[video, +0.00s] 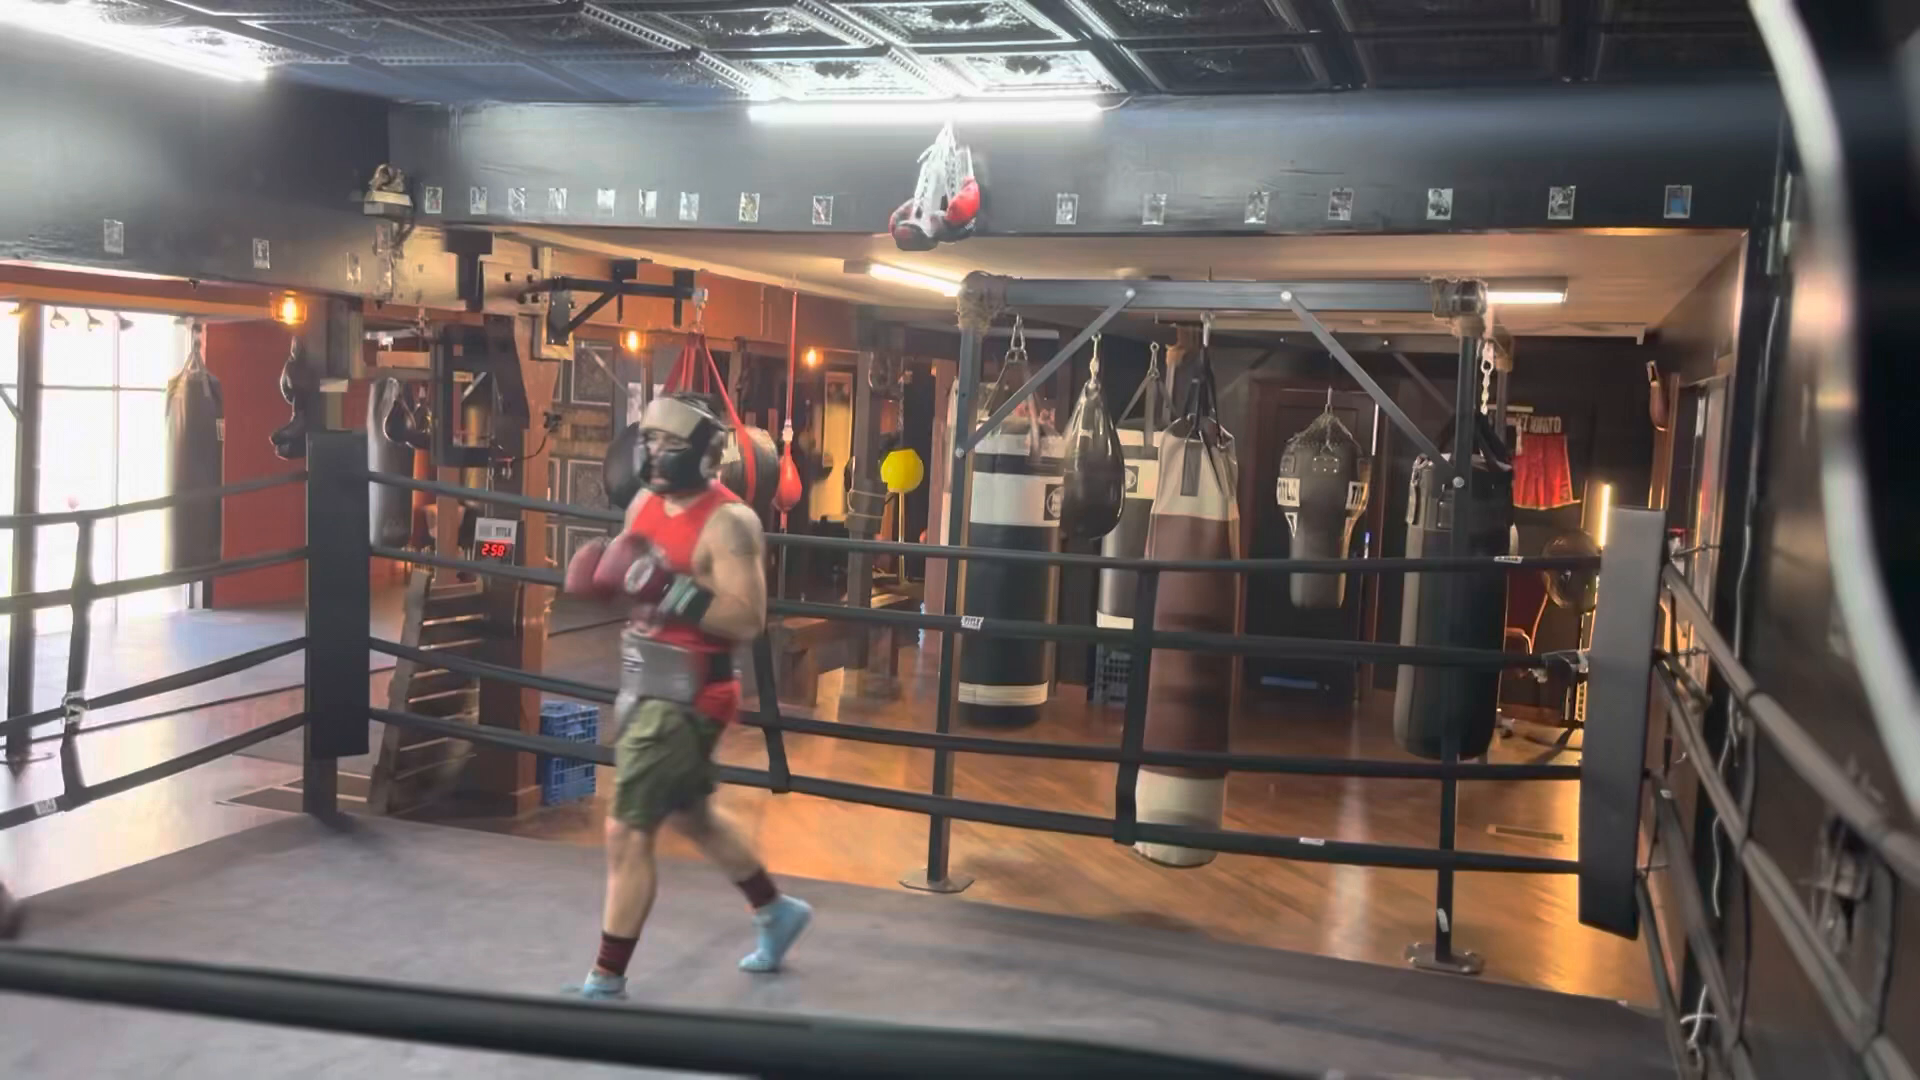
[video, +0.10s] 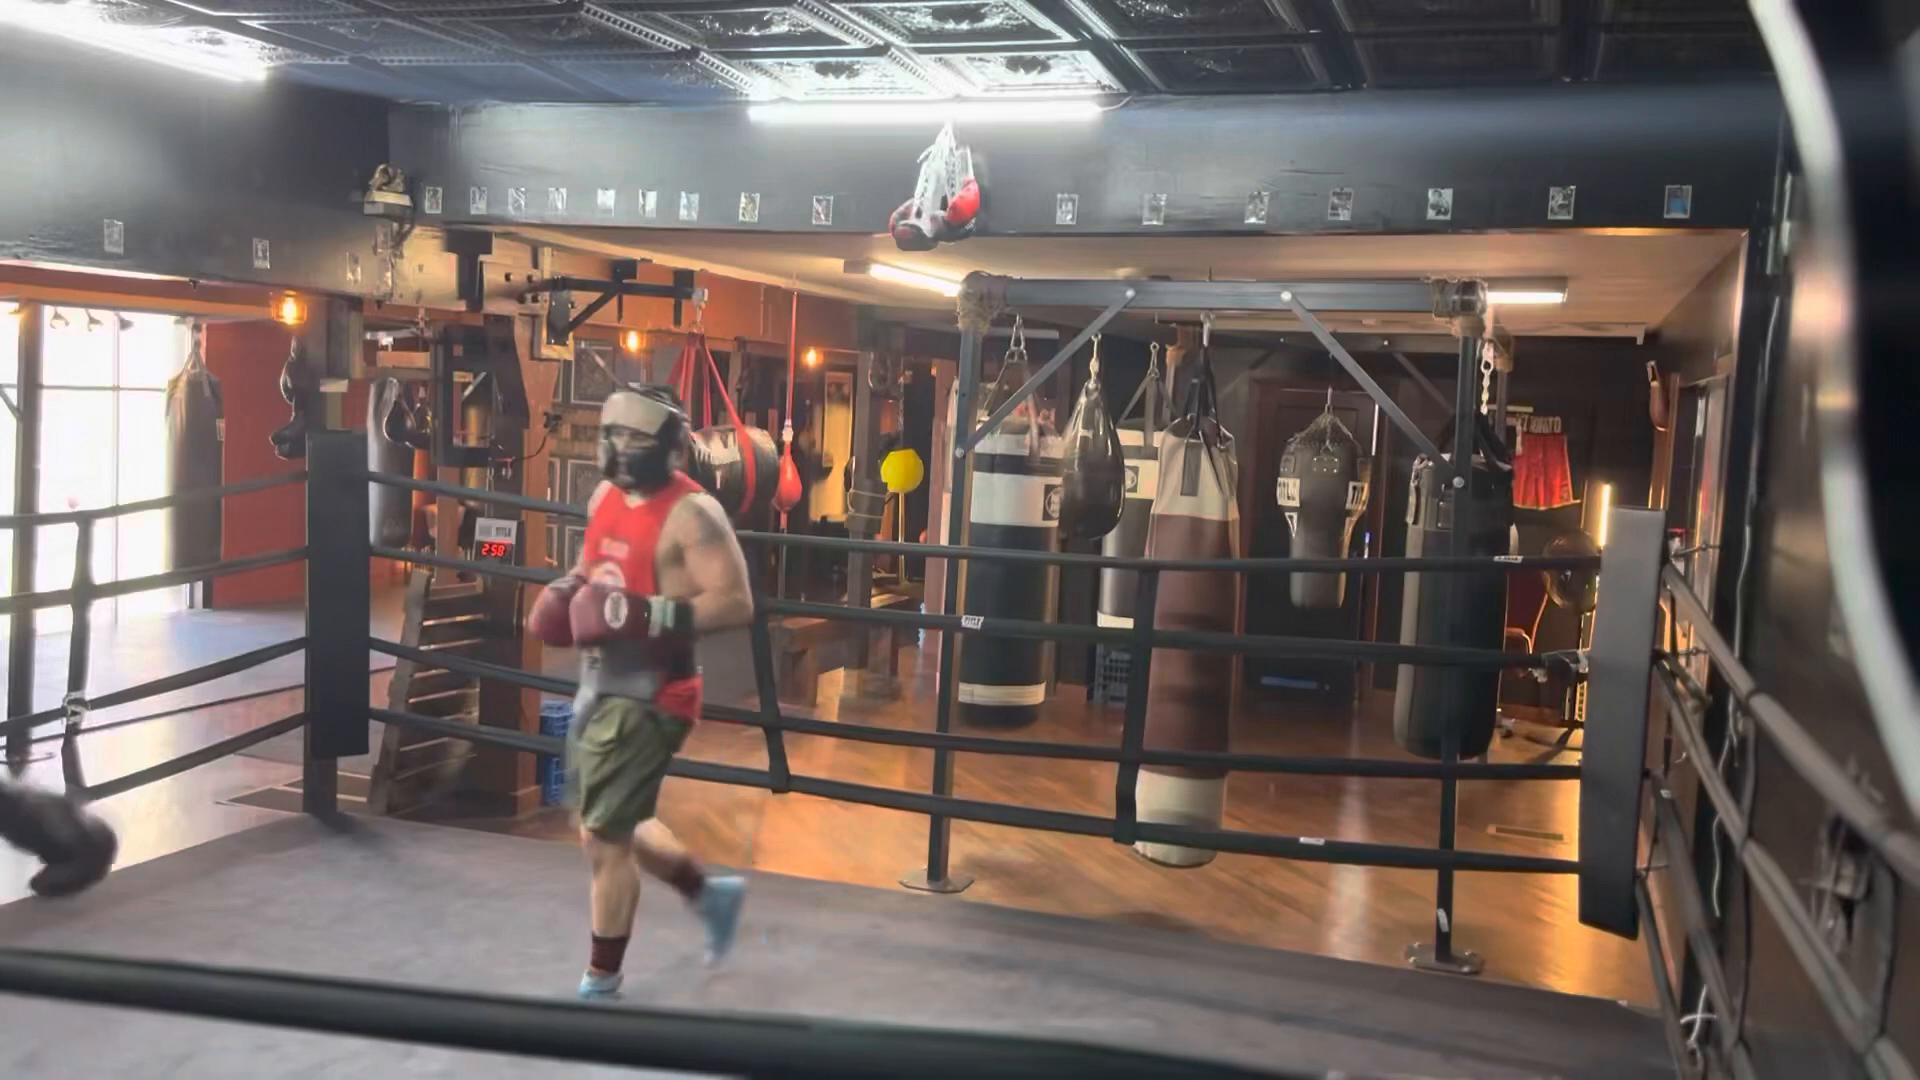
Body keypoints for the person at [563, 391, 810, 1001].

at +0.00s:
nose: (653, 451)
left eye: (667, 441)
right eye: (650, 438)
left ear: (702, 448)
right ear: (645, 440)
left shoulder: (731, 522)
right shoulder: (647, 503)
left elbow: (746, 619)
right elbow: (626, 571)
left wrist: (667, 589)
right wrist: (600, 570)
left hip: (690, 696)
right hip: (645, 686)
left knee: (627, 832)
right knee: (696, 817)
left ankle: (606, 979)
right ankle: (776, 910)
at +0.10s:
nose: (621, 448)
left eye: (636, 438)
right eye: (614, 435)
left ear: (667, 445)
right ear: (605, 439)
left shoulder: (695, 514)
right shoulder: (605, 498)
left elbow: (735, 604)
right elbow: (592, 569)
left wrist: (649, 611)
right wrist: (563, 597)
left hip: (654, 694)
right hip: (599, 681)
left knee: (607, 832)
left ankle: (601, 980)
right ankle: (709, 892)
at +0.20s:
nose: (578, 440)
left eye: (593, 429)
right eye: (571, 427)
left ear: (626, 433)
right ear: (561, 431)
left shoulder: (660, 502)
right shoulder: (570, 492)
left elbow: (715, 589)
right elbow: (571, 569)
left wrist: (639, 615)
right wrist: (533, 595)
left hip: (618, 691)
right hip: (559, 677)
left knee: (599, 836)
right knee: (522, 814)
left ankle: (600, 977)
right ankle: (616, 912)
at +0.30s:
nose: (540, 440)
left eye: (554, 428)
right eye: (530, 427)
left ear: (587, 432)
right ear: (520, 430)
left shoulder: (626, 501)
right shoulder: (526, 495)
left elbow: (696, 583)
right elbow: (533, 580)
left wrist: (641, 602)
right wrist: (482, 594)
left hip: (590, 697)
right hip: (517, 688)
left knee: (591, 844)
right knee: (477, 832)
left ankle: (599, 980)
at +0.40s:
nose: (489, 448)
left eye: (504, 436)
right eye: (482, 436)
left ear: (543, 440)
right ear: (476, 440)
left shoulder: (586, 506)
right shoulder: (481, 506)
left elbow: (666, 570)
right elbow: (475, 587)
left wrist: (648, 586)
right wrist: (415, 595)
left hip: (557, 706)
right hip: (480, 701)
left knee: (570, 856)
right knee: (442, 860)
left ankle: (597, 986)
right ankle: (398, 1015)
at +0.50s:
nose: (449, 452)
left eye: (465, 439)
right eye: (439, 439)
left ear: (503, 444)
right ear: (428, 445)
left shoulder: (544, 510)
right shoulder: (434, 511)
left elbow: (628, 561)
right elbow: (419, 597)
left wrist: (664, 570)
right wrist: (355, 598)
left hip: (510, 716)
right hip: (430, 709)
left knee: (513, 876)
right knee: (406, 873)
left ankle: (587, 973)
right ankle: (388, 1030)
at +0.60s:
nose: (410, 445)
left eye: (426, 431)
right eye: (399, 431)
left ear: (461, 435)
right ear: (385, 437)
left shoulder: (502, 500)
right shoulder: (397, 509)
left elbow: (588, 539)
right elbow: (372, 601)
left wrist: (652, 543)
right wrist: (316, 588)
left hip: (467, 717)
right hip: (392, 710)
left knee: (447, 893)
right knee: (382, 878)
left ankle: (542, 962)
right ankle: (369, 1036)